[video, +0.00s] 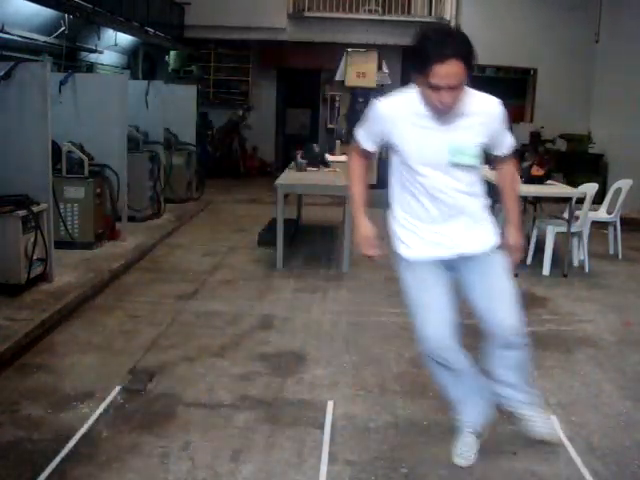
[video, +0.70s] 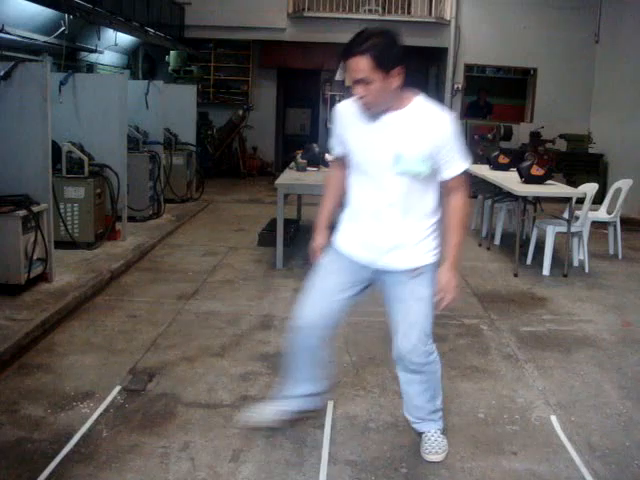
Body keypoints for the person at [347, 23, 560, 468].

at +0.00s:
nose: (444, 98)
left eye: (454, 87)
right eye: (435, 88)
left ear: (467, 76)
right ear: (418, 78)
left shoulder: (488, 111)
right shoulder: (388, 111)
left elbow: (505, 162)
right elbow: (359, 152)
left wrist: (513, 224)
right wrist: (360, 218)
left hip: (478, 240)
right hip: (417, 247)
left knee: (507, 326)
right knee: (435, 339)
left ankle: (519, 399)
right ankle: (472, 414)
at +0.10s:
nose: (466, 126)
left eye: (475, 116)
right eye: (457, 116)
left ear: (490, 105)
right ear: (444, 108)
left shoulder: (515, 135)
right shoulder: (416, 140)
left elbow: (533, 179)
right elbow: (385, 176)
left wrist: (547, 238)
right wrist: (383, 242)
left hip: (515, 269)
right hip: (452, 275)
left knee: (558, 348)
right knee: (462, 366)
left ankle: (603, 428)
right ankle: (480, 428)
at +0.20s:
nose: (479, 154)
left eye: (488, 144)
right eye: (471, 144)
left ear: (510, 133)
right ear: (463, 136)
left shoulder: (545, 162)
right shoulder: (446, 167)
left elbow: (562, 210)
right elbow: (424, 216)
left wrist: (572, 269)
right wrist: (404, 276)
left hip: (538, 286)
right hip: (475, 287)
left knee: (578, 362)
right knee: (460, 366)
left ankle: (610, 434)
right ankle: (476, 429)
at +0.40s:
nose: (448, 123)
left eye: (456, 114)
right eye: (440, 114)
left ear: (482, 103)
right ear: (432, 105)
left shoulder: (517, 136)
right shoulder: (419, 135)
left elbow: (540, 190)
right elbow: (409, 185)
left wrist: (555, 254)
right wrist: (409, 249)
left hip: (514, 270)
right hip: (450, 272)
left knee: (555, 349)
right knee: (440, 363)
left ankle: (601, 429)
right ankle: (459, 426)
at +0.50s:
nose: (420, 94)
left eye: (427, 83)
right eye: (413, 84)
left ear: (457, 73)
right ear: (405, 78)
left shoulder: (493, 114)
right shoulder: (395, 109)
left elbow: (515, 171)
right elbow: (380, 154)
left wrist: (523, 240)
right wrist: (382, 217)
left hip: (480, 249)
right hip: (418, 250)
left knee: (507, 336)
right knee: (428, 340)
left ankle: (531, 418)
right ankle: (453, 418)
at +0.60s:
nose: (387, 82)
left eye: (395, 71)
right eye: (382, 71)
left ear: (427, 63)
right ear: (377, 66)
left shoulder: (468, 106)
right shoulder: (372, 100)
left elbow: (490, 168)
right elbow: (361, 149)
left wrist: (488, 241)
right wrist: (353, 209)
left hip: (444, 243)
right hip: (384, 239)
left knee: (443, 332)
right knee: (377, 324)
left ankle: (447, 413)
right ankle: (396, 403)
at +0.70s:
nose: (355, 92)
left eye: (363, 82)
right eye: (351, 83)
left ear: (396, 77)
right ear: (349, 79)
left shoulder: (437, 123)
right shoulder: (347, 112)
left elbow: (456, 193)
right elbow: (338, 167)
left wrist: (449, 264)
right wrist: (321, 227)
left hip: (411, 259)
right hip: (350, 249)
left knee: (414, 349)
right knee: (308, 320)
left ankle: (429, 424)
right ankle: (301, 394)